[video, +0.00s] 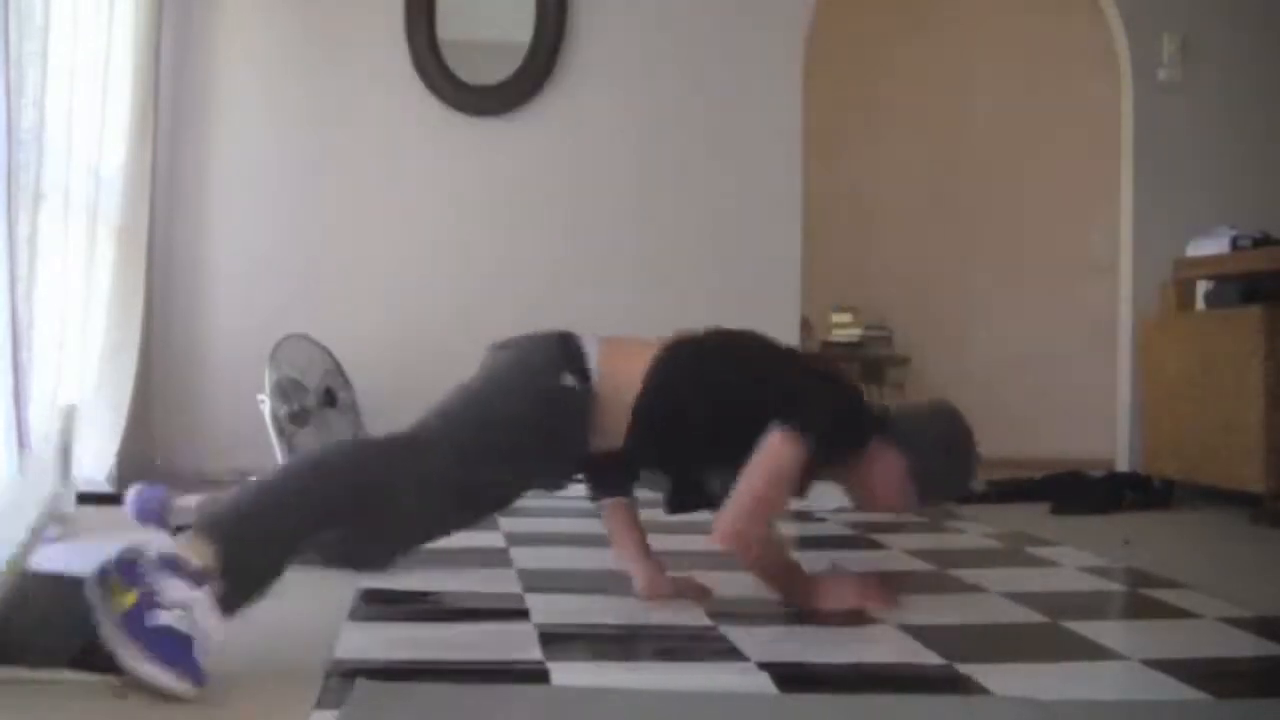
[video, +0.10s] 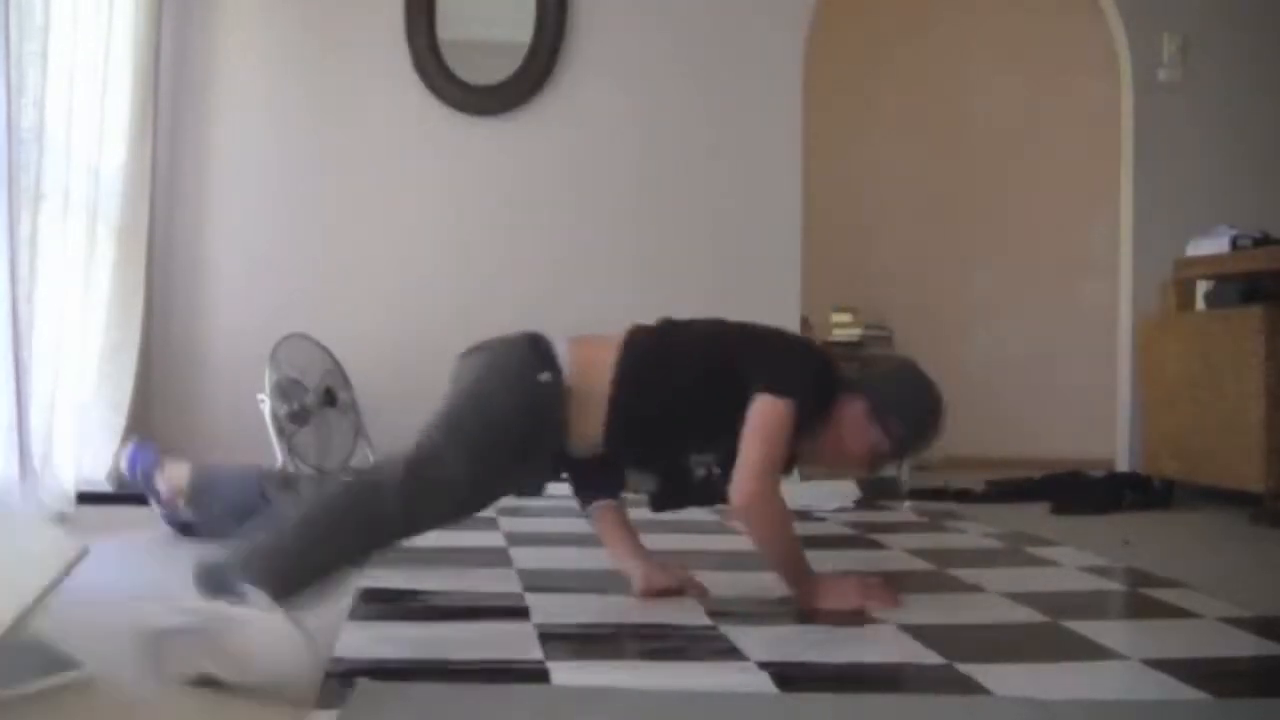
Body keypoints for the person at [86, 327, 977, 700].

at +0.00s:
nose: (893, 511)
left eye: (911, 507)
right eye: (908, 499)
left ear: (889, 462)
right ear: (896, 453)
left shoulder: (786, 403)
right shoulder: (828, 406)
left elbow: (616, 451)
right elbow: (744, 529)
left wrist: (646, 569)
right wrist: (811, 594)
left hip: (559, 425)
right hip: (560, 387)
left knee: (383, 530)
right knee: (394, 470)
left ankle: (192, 528)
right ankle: (191, 557)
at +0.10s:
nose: (860, 467)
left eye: (876, 462)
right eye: (875, 451)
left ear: (853, 424)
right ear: (861, 406)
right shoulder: (796, 369)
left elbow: (596, 463)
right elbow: (751, 491)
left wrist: (636, 562)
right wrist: (808, 590)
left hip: (535, 426)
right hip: (527, 389)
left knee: (376, 500)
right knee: (398, 500)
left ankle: (181, 483)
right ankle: (229, 580)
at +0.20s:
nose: (848, 457)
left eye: (864, 449)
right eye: (861, 437)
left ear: (846, 418)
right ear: (845, 392)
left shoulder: (753, 415)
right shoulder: (773, 363)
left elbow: (616, 475)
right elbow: (744, 489)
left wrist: (652, 538)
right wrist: (810, 589)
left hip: (526, 463)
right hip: (515, 399)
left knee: (360, 506)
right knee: (427, 509)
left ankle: (180, 471)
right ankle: (279, 632)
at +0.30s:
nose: (805, 427)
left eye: (822, 426)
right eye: (814, 407)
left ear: (816, 428)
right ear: (795, 372)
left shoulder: (749, 468)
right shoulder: (721, 372)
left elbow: (628, 555)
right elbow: (716, 497)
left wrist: (677, 567)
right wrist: (808, 587)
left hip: (510, 534)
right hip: (499, 449)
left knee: (342, 568)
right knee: (422, 522)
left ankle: (131, 519)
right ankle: (267, 621)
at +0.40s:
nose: (790, 441)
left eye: (803, 436)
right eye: (800, 421)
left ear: (793, 423)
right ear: (783, 385)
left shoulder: (727, 489)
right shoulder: (712, 380)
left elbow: (608, 559)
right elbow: (708, 504)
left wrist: (684, 567)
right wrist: (811, 591)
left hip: (498, 538)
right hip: (499, 450)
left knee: (285, 534)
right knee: (420, 514)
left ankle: (113, 489)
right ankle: (270, 613)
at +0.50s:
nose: (766, 443)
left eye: (781, 443)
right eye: (774, 424)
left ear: (781, 443)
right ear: (761, 396)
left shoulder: (705, 491)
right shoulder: (698, 397)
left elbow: (596, 562)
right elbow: (701, 513)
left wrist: (667, 564)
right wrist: (811, 591)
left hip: (501, 533)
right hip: (498, 448)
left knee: (334, 544)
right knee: (399, 506)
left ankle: (110, 525)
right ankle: (220, 580)